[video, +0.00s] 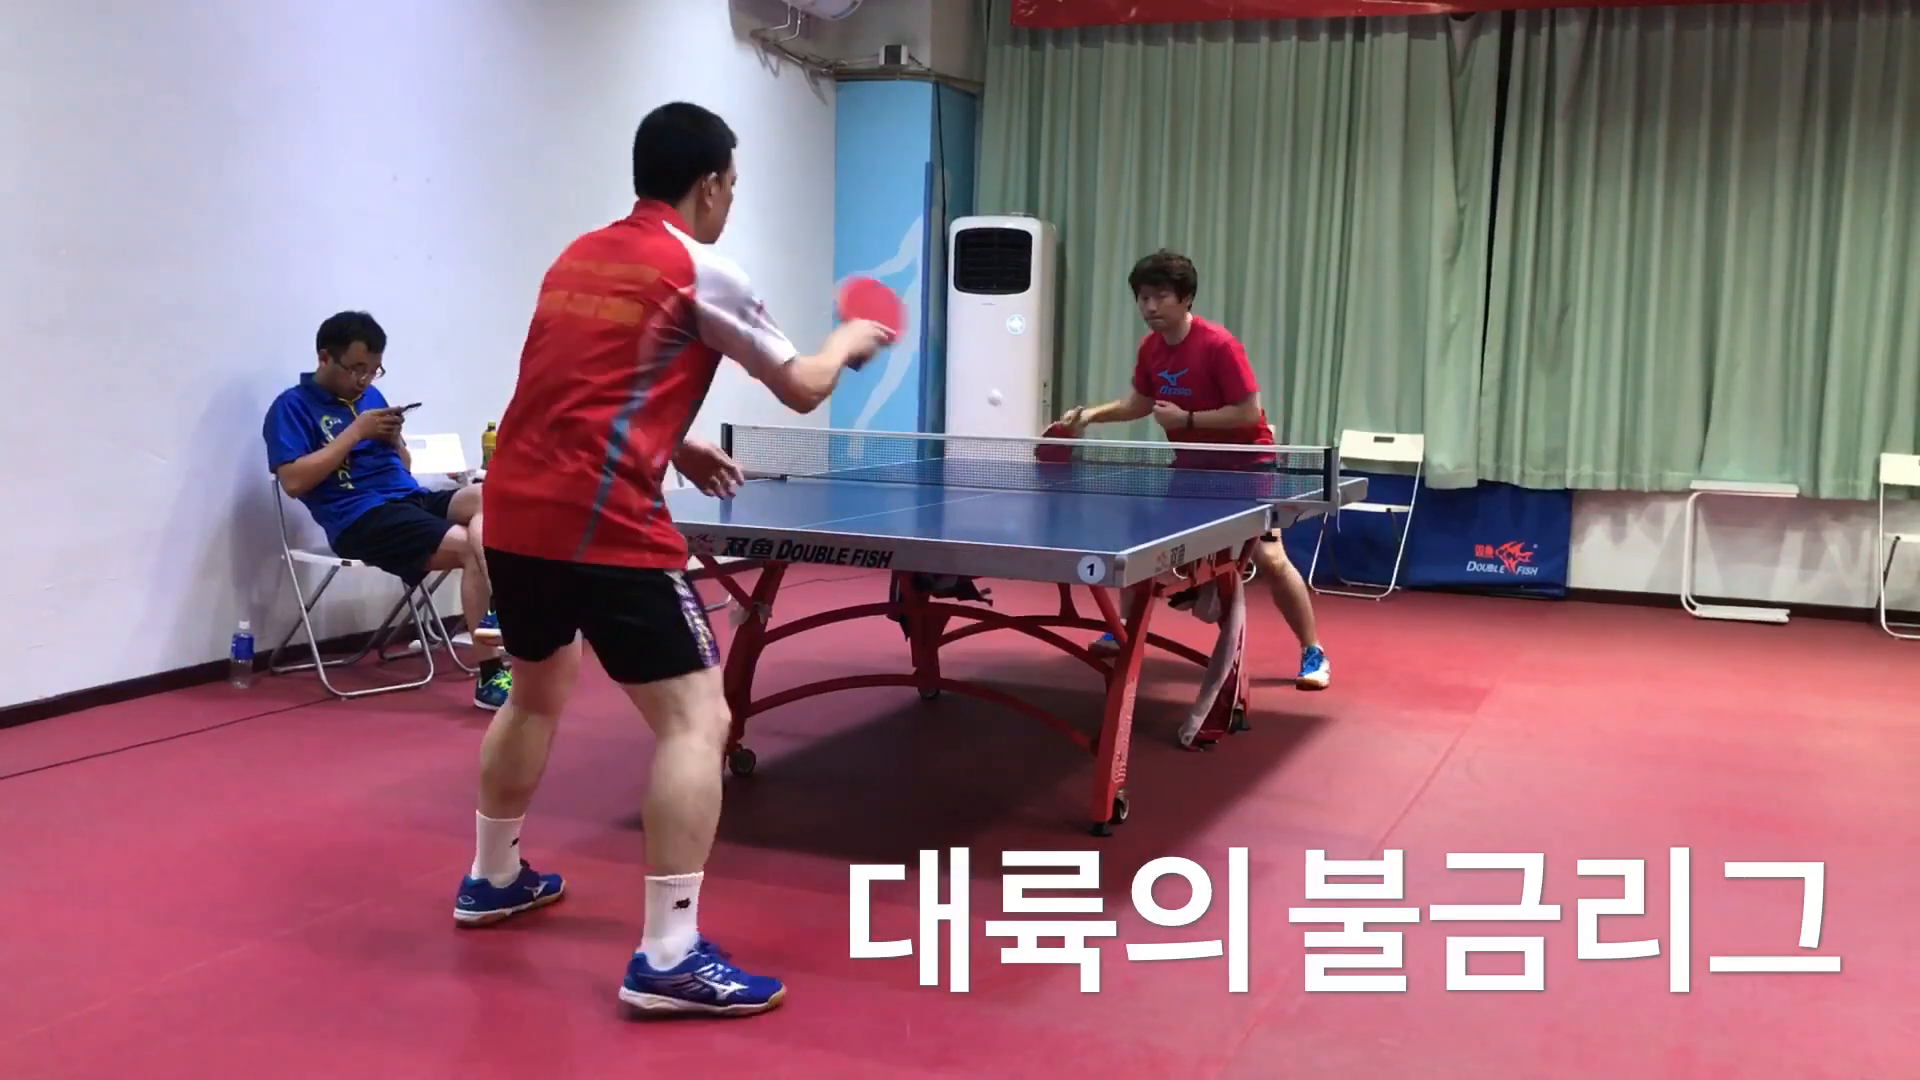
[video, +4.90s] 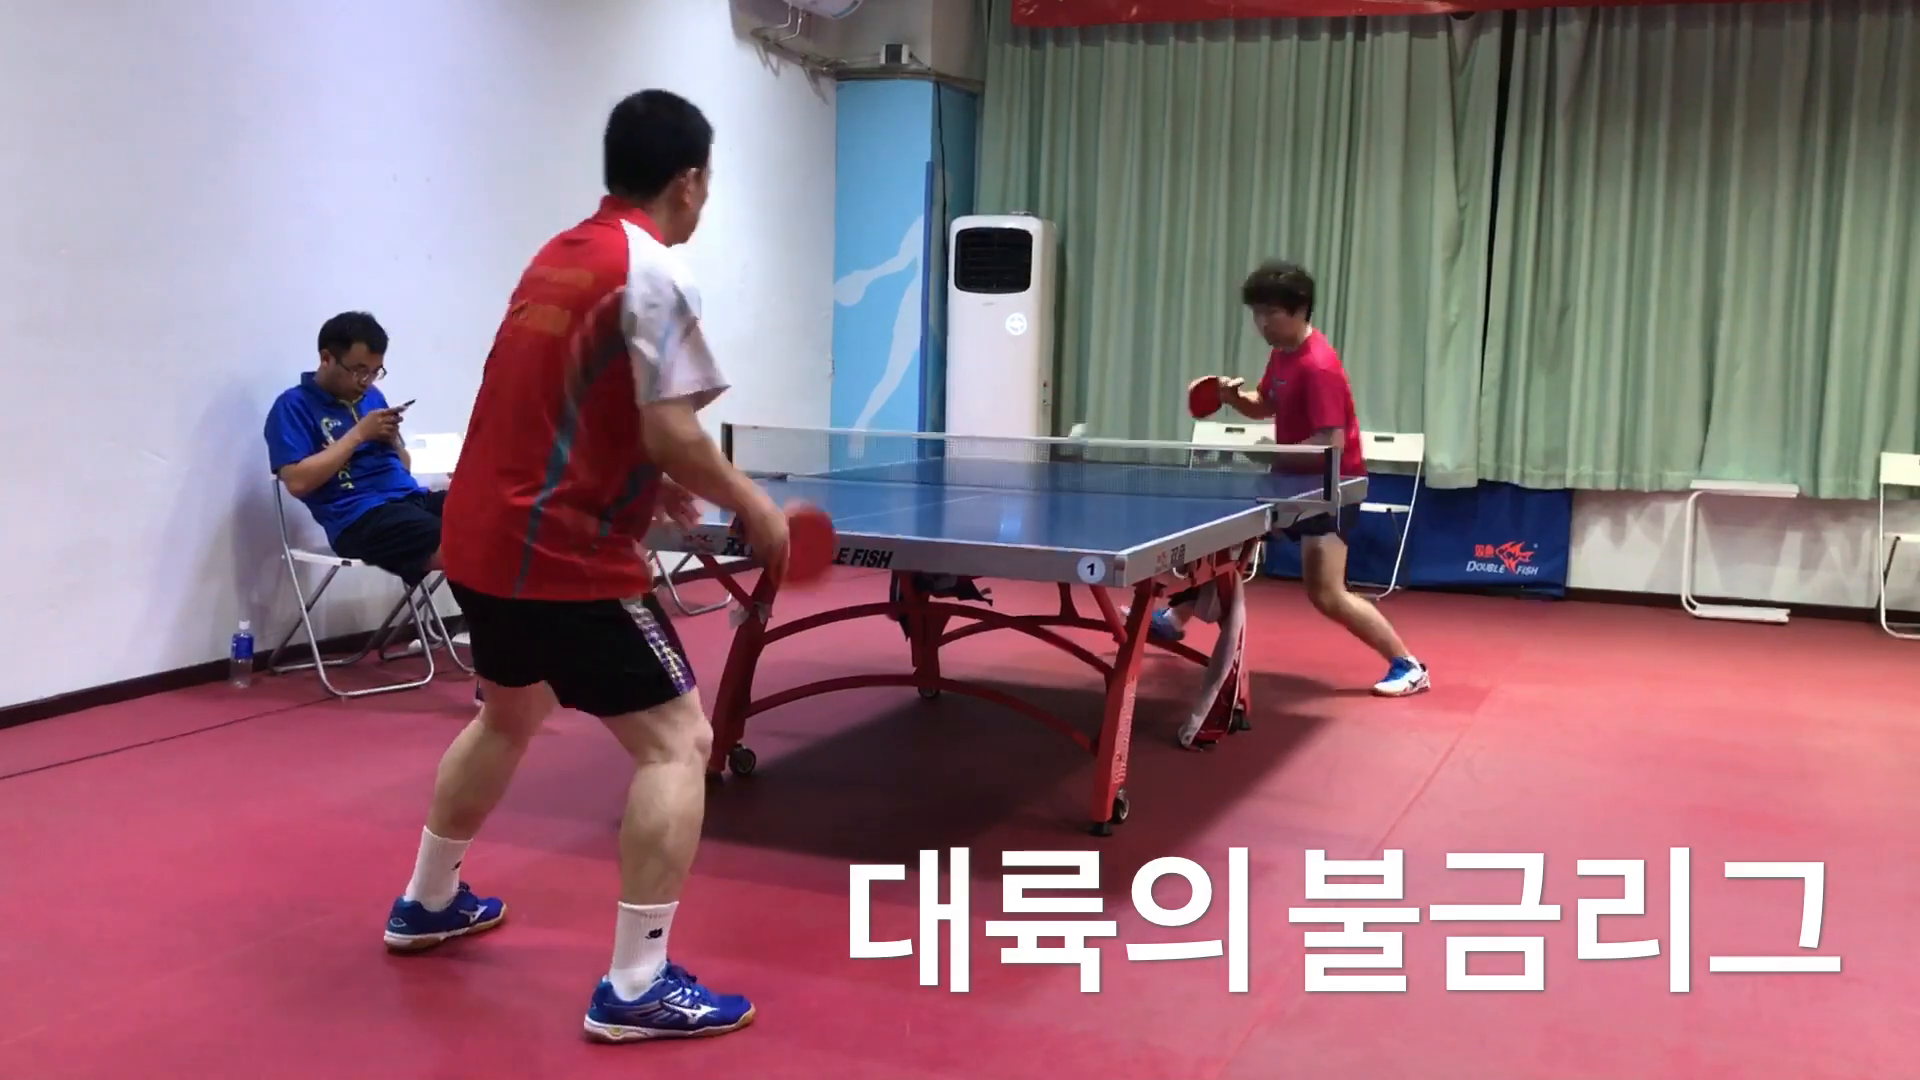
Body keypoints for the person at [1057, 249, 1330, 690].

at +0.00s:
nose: (1149, 307)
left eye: (1158, 297)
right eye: (1142, 298)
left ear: (1185, 298)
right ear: (1137, 301)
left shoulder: (1219, 345)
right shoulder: (1151, 348)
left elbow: (1250, 413)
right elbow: (1141, 403)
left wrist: (1186, 419)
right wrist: (1091, 413)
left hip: (1246, 468)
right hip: (1191, 468)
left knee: (1271, 557)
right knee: (1150, 541)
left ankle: (1312, 650)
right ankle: (1129, 628)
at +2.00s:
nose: (1144, 326)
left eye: (1151, 318)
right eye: (1141, 318)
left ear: (1180, 314)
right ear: (1141, 317)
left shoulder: (1222, 359)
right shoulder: (1163, 355)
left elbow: (1247, 429)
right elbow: (1130, 392)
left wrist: (1187, 431)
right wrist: (1082, 376)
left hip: (1256, 473)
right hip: (1206, 472)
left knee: (1266, 570)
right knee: (1153, 544)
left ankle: (1312, 650)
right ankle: (1126, 632)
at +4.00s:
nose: (1165, 312)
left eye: (1174, 302)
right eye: (1160, 303)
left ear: (1203, 300)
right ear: (1158, 304)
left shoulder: (1249, 347)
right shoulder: (1161, 351)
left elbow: (1276, 412)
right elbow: (1123, 409)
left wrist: (1215, 422)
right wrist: (1101, 393)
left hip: (1259, 474)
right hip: (1202, 473)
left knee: (1279, 557)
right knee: (1150, 541)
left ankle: (1318, 650)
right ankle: (1125, 633)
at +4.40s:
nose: (1138, 312)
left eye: (1146, 302)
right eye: (1131, 304)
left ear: (1173, 300)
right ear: (1129, 306)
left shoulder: (1207, 344)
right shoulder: (1148, 350)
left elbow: (1241, 411)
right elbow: (1143, 407)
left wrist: (1182, 421)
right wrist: (1095, 422)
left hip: (1246, 463)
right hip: (1193, 464)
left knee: (1266, 558)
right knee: (1146, 539)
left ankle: (1317, 648)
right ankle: (1124, 632)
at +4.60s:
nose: (1168, 331)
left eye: (1171, 321)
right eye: (1164, 323)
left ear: (1197, 312)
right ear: (1198, 310)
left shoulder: (1220, 353)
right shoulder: (1227, 333)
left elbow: (1248, 423)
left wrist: (1201, 435)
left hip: (1248, 476)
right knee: (1278, 578)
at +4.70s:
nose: (1214, 329)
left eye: (1217, 318)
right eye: (1210, 320)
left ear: (1242, 307)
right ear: (1247, 306)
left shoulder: (1259, 353)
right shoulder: (1280, 331)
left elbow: (1277, 424)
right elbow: (1277, 374)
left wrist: (1233, 437)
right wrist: (1234, 370)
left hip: (1276, 479)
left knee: (1308, 586)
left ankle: (1397, 657)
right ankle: (1397, 655)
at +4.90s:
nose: (1260, 323)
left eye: (1267, 313)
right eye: (1256, 314)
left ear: (1294, 310)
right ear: (1263, 313)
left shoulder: (1319, 365)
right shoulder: (1284, 351)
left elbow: (1331, 443)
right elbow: (1262, 407)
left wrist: (1269, 449)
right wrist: (1232, 395)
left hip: (1329, 484)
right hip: (1288, 476)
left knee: (1326, 592)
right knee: (1224, 539)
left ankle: (1407, 665)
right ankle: (1174, 619)